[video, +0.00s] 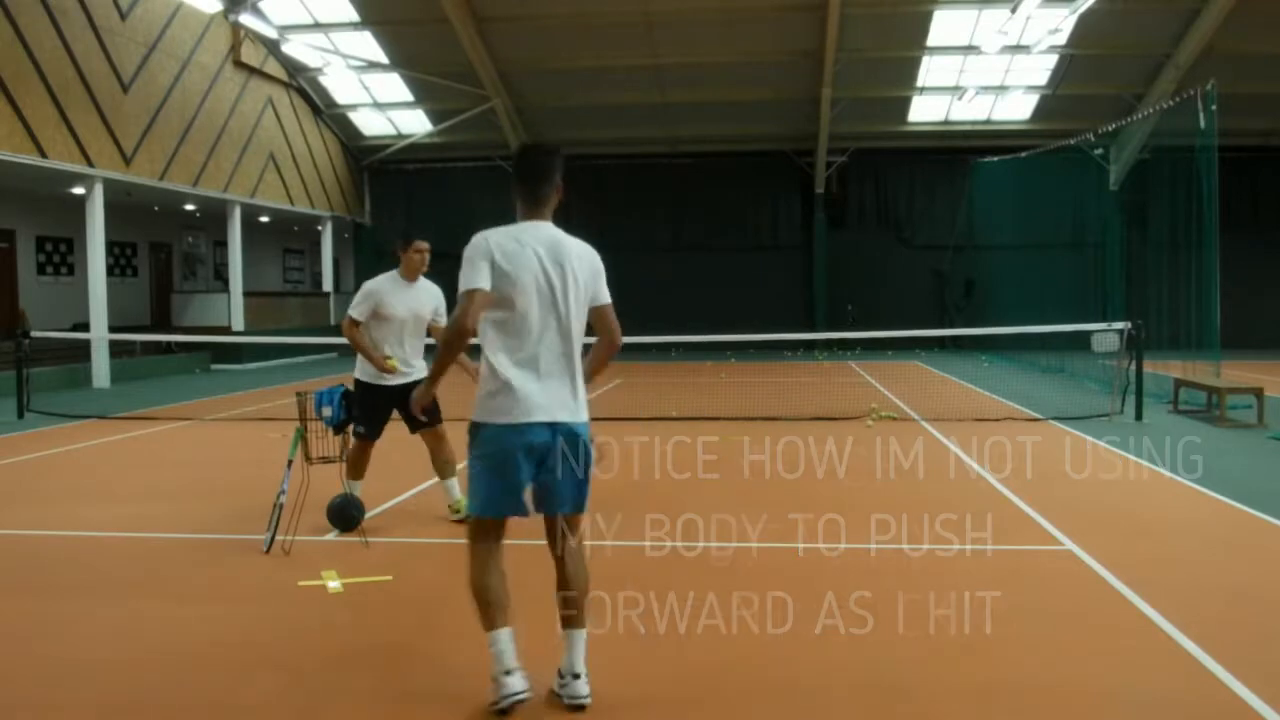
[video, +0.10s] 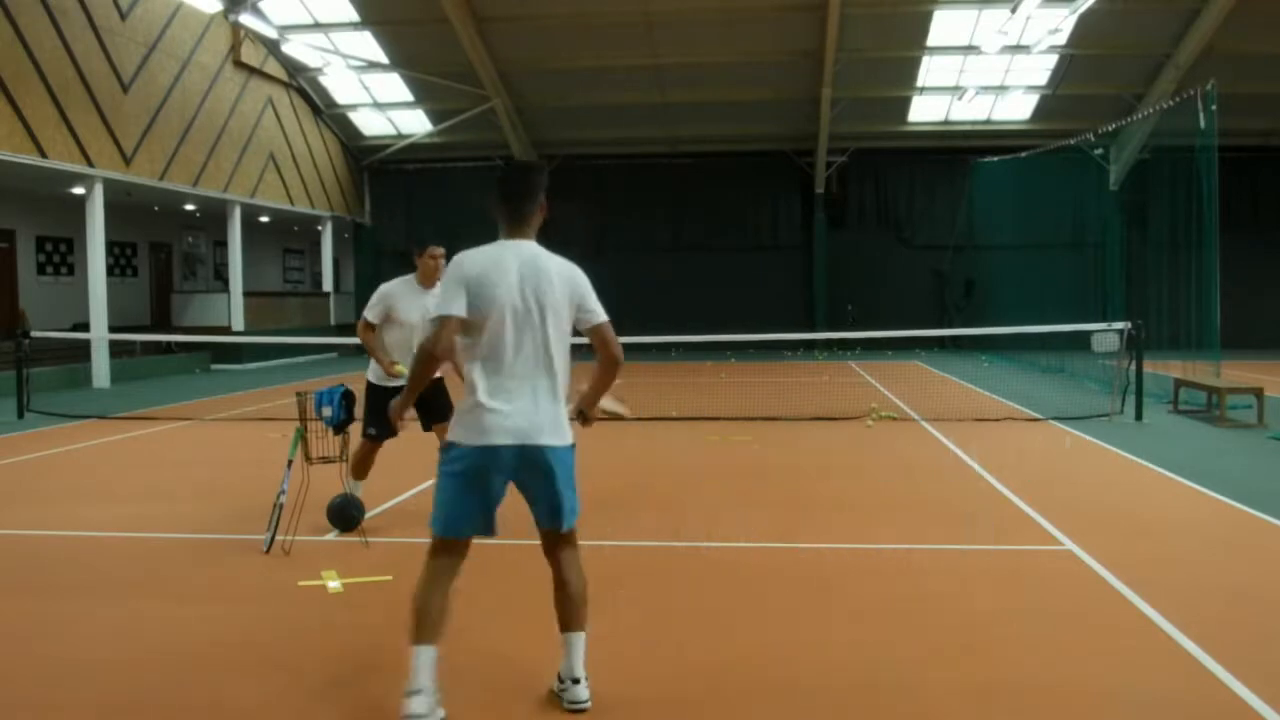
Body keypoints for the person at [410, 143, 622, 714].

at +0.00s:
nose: (553, 194)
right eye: (558, 185)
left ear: (514, 190)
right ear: (558, 192)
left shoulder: (487, 244)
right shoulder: (584, 255)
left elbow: (466, 322)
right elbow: (610, 337)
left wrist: (429, 385)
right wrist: (573, 386)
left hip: (504, 422)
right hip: (568, 421)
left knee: (485, 541)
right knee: (567, 536)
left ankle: (508, 673)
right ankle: (575, 673)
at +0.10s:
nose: (540, 211)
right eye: (542, 202)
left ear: (495, 209)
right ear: (542, 209)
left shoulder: (466, 265)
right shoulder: (567, 273)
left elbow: (438, 345)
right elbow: (611, 355)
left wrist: (406, 400)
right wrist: (586, 404)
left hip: (477, 434)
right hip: (547, 434)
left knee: (444, 554)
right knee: (562, 545)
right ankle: (574, 677)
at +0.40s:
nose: (510, 204)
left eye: (506, 196)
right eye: (511, 196)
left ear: (459, 198)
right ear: (503, 198)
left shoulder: (423, 256)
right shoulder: (514, 263)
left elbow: (400, 341)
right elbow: (527, 359)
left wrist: (444, 369)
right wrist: (531, 404)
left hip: (426, 433)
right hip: (492, 433)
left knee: (421, 568)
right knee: (543, 557)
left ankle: (395, 704)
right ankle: (573, 682)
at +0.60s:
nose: (521, 205)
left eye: (518, 197)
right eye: (521, 197)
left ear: (470, 200)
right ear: (515, 201)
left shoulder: (443, 261)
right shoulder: (514, 266)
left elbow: (438, 346)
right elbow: (525, 366)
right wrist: (539, 411)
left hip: (428, 441)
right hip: (485, 446)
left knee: (435, 569)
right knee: (551, 571)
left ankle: (396, 703)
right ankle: (537, 709)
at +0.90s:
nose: (569, 205)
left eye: (566, 197)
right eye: (569, 196)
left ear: (518, 199)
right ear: (563, 199)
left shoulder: (497, 260)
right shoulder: (548, 267)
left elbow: (528, 354)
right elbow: (571, 371)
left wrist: (597, 351)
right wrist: (607, 401)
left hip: (470, 438)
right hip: (511, 443)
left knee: (509, 554)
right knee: (551, 586)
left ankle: (441, 660)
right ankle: (519, 711)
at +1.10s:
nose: (593, 212)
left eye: (591, 203)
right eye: (592, 203)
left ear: (544, 205)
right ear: (583, 206)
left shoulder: (541, 263)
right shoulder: (555, 269)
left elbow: (595, 336)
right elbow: (608, 351)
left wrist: (657, 321)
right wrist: (674, 357)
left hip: (519, 442)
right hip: (519, 446)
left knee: (564, 544)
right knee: (539, 585)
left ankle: (518, 668)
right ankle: (515, 709)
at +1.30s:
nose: (619, 229)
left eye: (618, 221)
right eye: (618, 220)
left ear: (577, 222)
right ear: (608, 223)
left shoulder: (594, 279)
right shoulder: (558, 275)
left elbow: (651, 310)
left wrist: (712, 280)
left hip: (559, 442)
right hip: (546, 444)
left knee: (580, 561)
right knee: (595, 568)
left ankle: (520, 666)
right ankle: (535, 703)